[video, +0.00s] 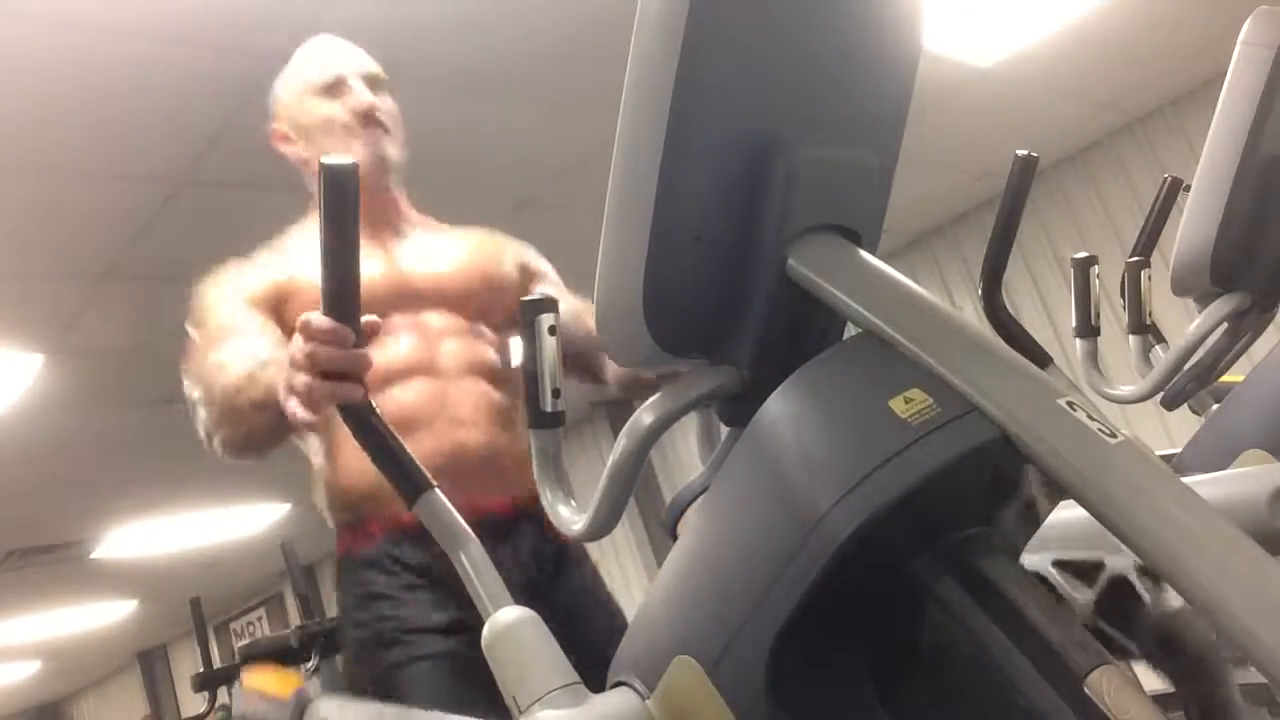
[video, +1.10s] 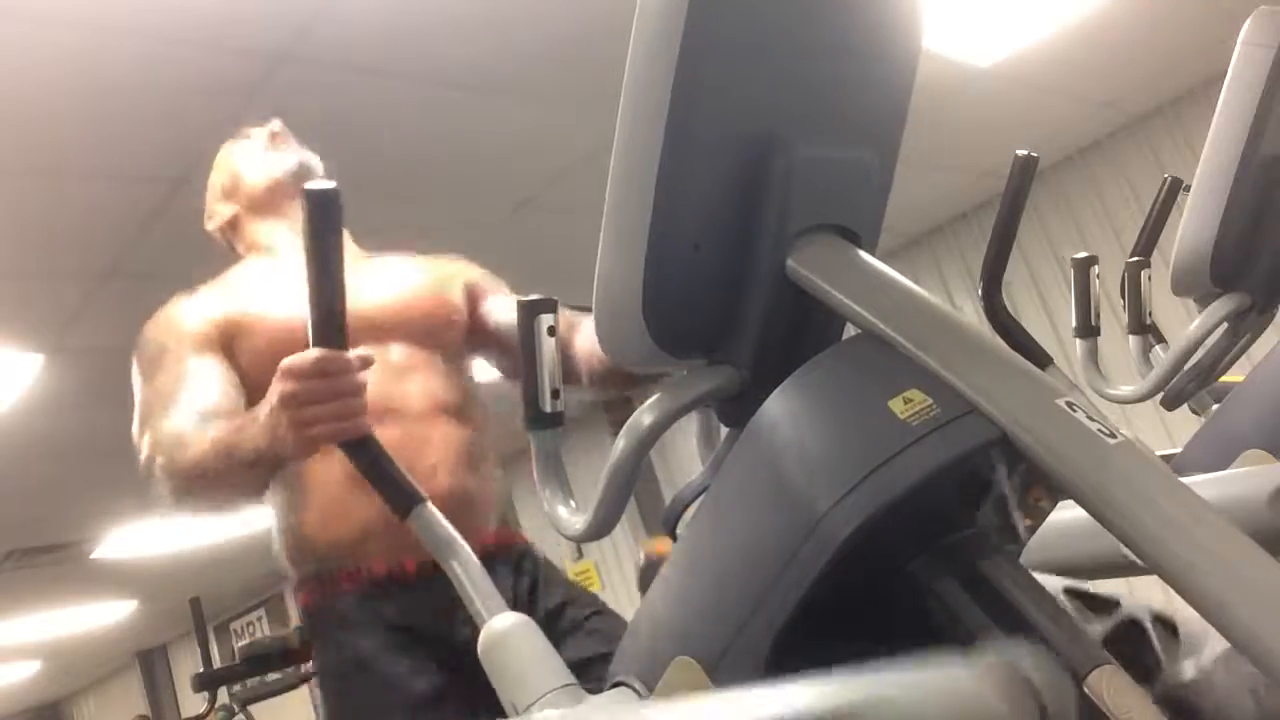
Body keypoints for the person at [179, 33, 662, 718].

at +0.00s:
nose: (365, 98)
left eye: (376, 84)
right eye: (332, 88)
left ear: (398, 115)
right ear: (287, 138)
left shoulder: (497, 254)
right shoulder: (253, 282)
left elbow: (609, 356)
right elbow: (228, 425)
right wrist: (287, 386)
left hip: (532, 544)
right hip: (397, 567)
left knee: (641, 701)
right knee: (447, 714)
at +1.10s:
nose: (283, 131)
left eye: (292, 133)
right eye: (257, 138)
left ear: (323, 174)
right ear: (222, 209)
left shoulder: (438, 274)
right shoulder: (194, 318)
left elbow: (559, 339)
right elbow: (181, 462)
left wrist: (650, 343)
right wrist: (268, 430)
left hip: (509, 577)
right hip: (367, 615)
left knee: (667, 693)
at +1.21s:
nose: (288, 170)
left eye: (298, 172)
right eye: (257, 175)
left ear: (324, 213)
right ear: (222, 251)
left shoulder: (445, 324)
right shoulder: (192, 374)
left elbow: (588, 382)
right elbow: (178, 552)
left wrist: (704, 362)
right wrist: (271, 457)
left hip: (518, 629)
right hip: (372, 674)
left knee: (691, 698)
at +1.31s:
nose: (292, 155)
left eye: (298, 155)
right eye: (261, 161)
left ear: (327, 196)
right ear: (223, 237)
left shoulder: (445, 314)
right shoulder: (201, 361)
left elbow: (575, 384)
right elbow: (190, 547)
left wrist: (699, 380)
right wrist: (276, 448)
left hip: (518, 627)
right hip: (373, 672)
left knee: (701, 695)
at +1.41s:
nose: (300, 107)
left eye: (305, 110)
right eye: (267, 116)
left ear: (332, 160)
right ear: (232, 186)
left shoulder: (443, 259)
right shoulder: (215, 287)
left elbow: (569, 343)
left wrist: (675, 342)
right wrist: (292, 394)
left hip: (513, 567)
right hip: (375, 607)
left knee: (677, 684)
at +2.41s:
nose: (349, 77)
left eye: (354, 78)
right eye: (316, 75)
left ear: (372, 120)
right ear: (265, 133)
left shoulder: (473, 240)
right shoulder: (223, 249)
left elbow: (589, 335)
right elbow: (197, 405)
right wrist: (285, 383)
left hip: (517, 556)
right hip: (377, 588)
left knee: (632, 709)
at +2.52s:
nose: (368, 134)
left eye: (379, 125)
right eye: (337, 130)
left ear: (409, 164)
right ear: (298, 187)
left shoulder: (493, 285)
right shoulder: (259, 297)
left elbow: (606, 385)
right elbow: (221, 431)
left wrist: (720, 383)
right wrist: (301, 391)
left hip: (518, 590)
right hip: (388, 610)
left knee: (598, 710)